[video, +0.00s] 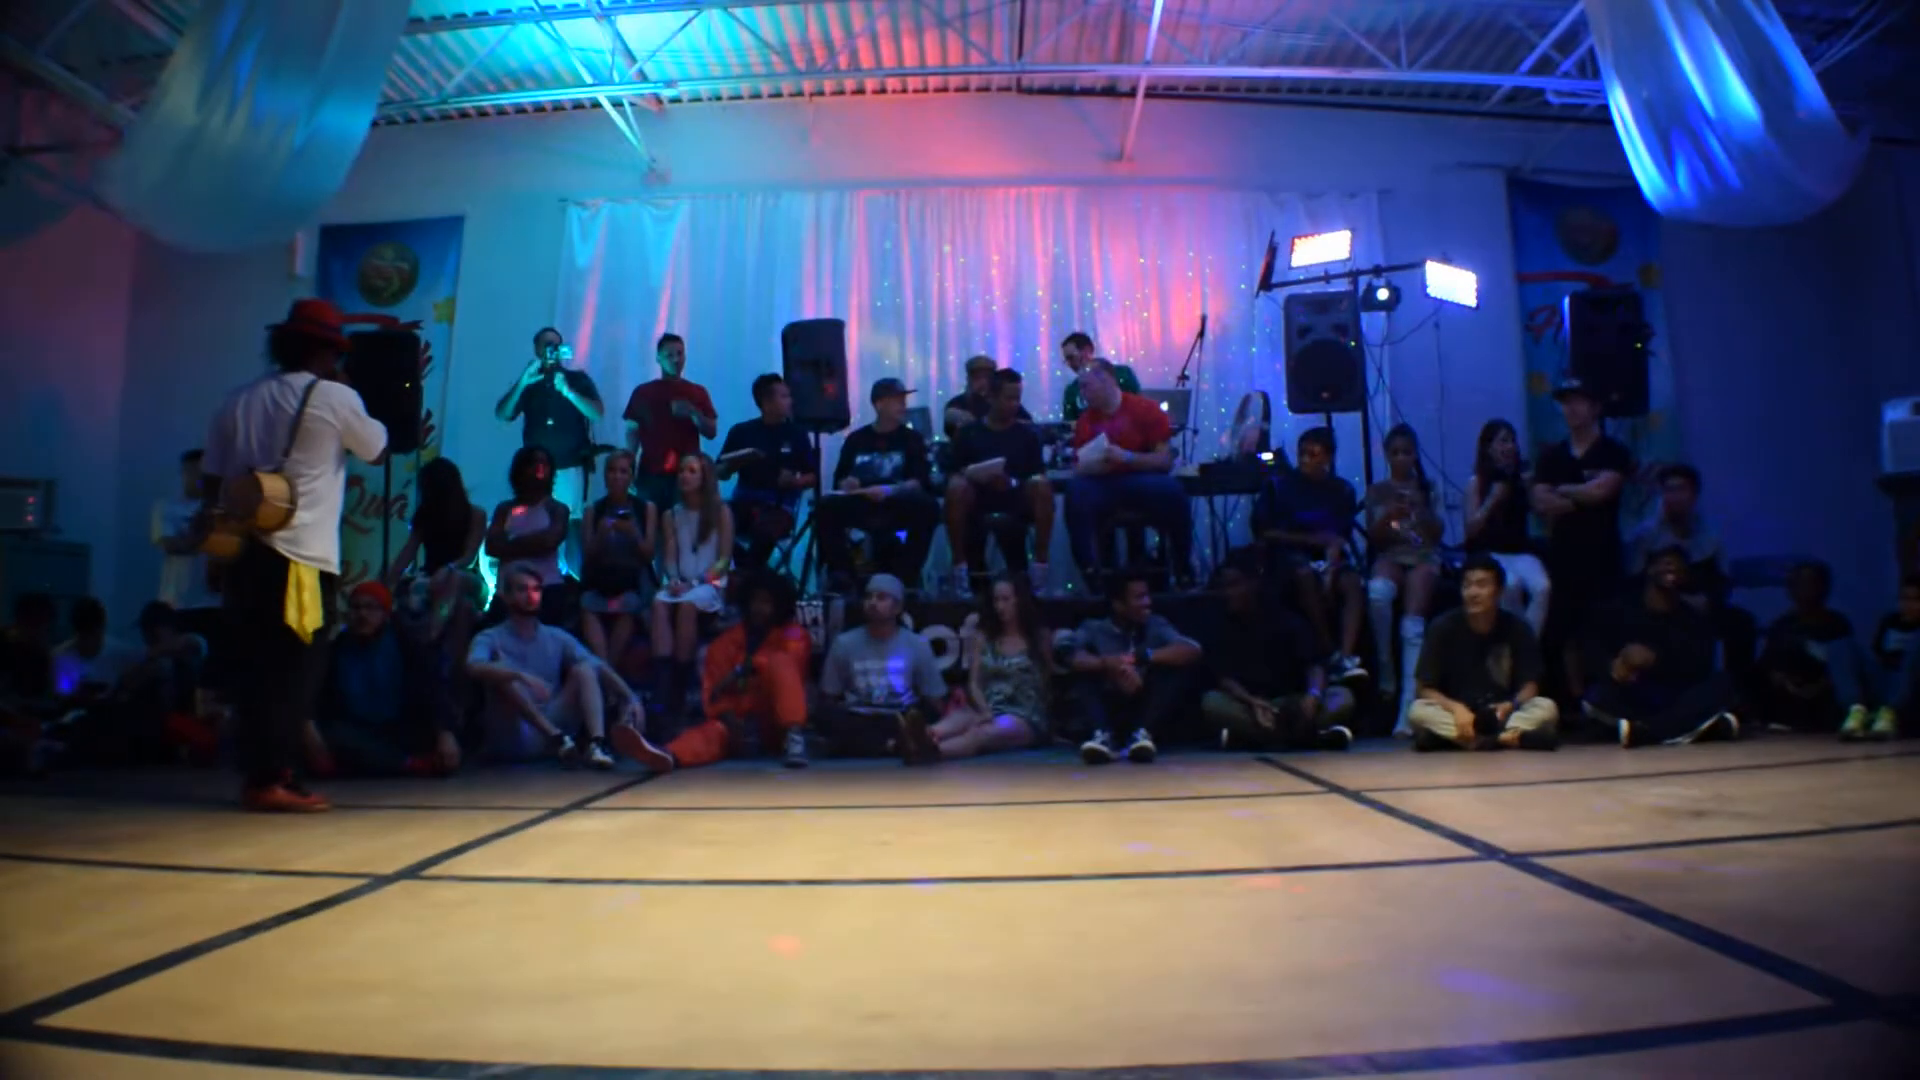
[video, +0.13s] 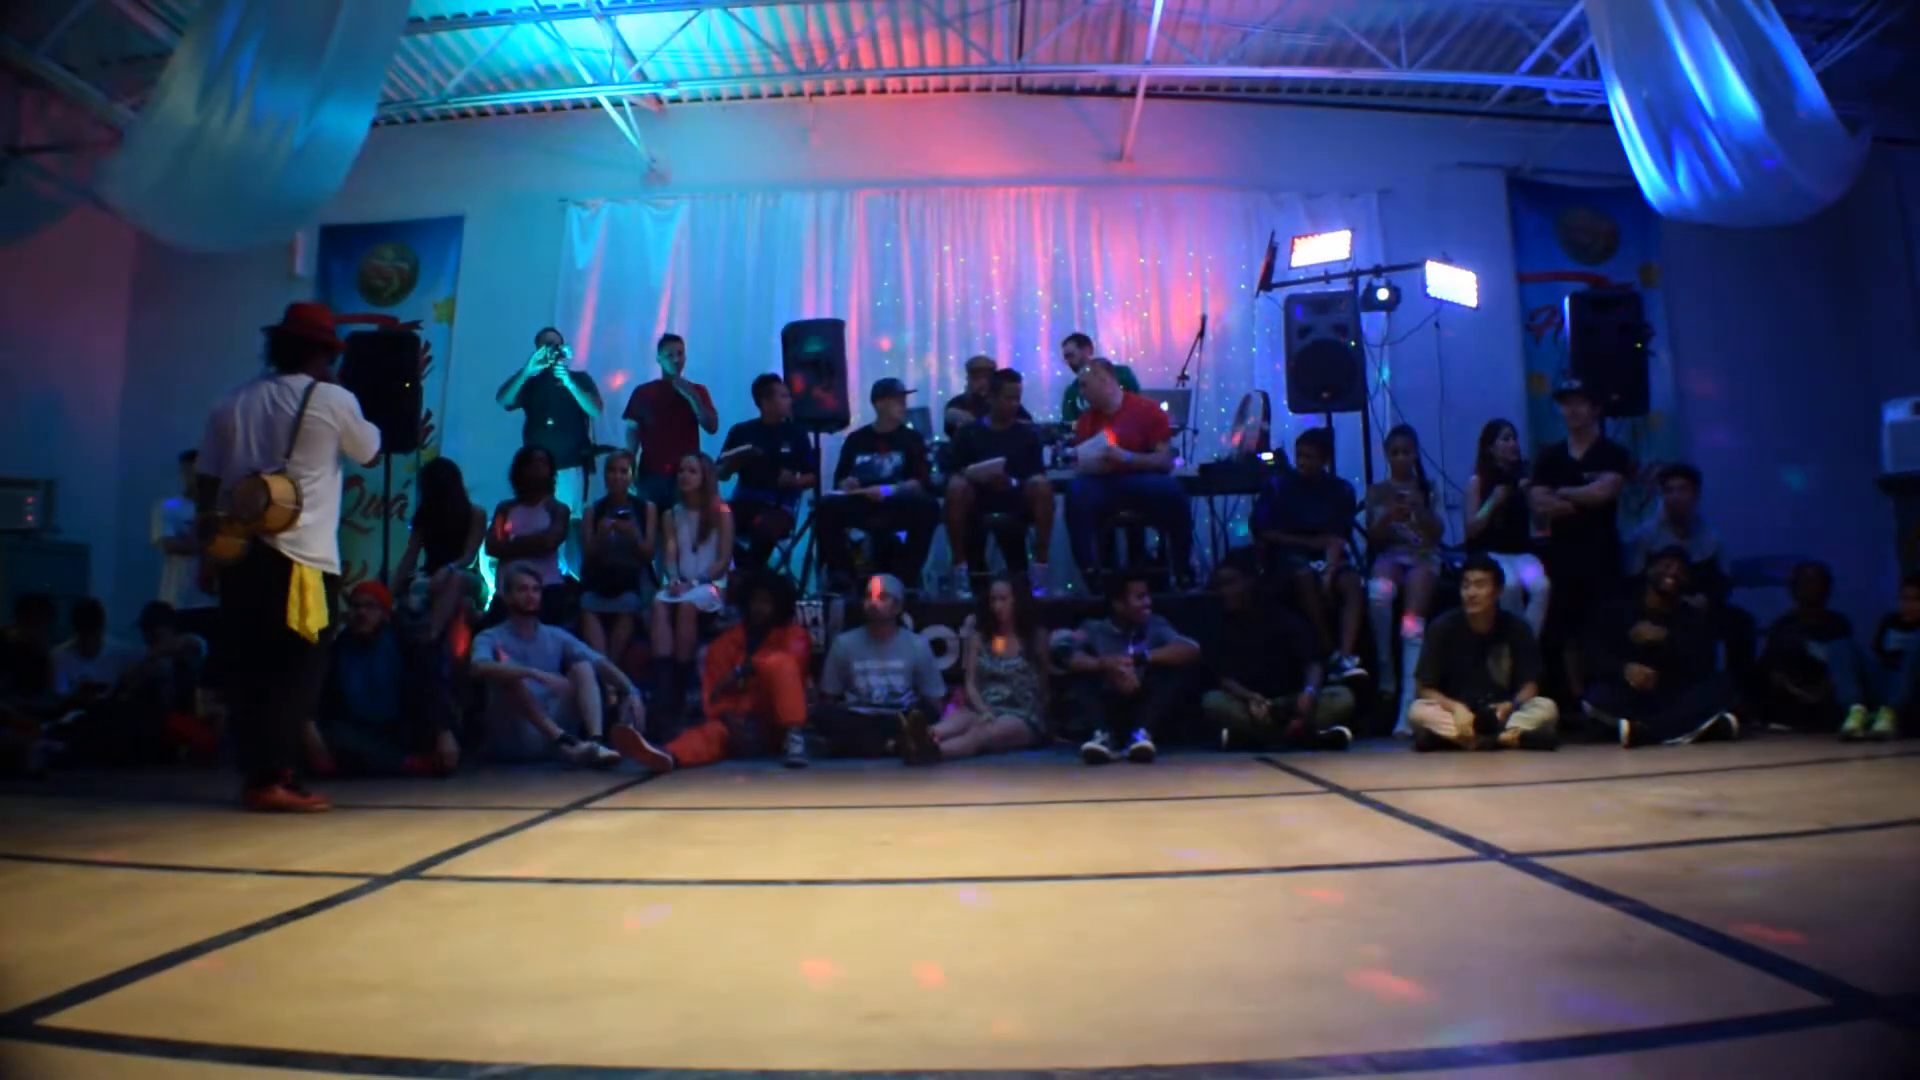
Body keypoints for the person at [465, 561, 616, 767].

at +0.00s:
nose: (531, 596)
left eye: (536, 589)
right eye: (522, 590)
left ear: (541, 594)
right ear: (506, 597)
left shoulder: (556, 637)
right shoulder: (489, 639)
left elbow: (596, 665)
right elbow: (475, 667)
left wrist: (631, 700)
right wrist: (523, 678)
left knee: (584, 670)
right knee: (509, 683)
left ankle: (596, 742)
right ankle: (557, 738)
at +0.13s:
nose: (531, 595)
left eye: (536, 589)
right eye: (523, 589)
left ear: (541, 594)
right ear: (507, 596)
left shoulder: (555, 635)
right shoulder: (489, 639)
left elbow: (597, 661)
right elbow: (479, 668)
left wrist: (631, 692)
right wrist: (537, 675)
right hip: (513, 735)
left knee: (582, 668)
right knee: (510, 677)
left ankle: (595, 741)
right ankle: (563, 741)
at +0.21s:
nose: (532, 595)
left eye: (536, 589)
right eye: (523, 589)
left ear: (542, 594)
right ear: (507, 596)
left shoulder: (555, 635)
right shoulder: (490, 639)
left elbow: (601, 660)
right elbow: (483, 668)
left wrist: (629, 689)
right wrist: (554, 676)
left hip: (557, 731)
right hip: (513, 736)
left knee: (582, 667)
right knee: (517, 683)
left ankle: (593, 740)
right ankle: (566, 746)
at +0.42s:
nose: (538, 599)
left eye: (543, 592)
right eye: (530, 593)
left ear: (549, 596)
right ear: (515, 598)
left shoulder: (559, 634)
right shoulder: (497, 638)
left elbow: (605, 660)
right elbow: (508, 670)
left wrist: (609, 689)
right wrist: (571, 679)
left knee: (585, 668)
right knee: (521, 682)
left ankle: (594, 742)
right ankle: (568, 746)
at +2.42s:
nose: (548, 601)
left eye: (550, 595)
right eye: (539, 594)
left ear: (553, 597)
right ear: (519, 598)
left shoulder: (557, 635)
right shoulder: (497, 639)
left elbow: (605, 660)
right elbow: (506, 674)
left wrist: (589, 684)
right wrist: (567, 684)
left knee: (594, 671)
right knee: (519, 683)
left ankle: (598, 742)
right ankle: (567, 747)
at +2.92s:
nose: (549, 599)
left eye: (551, 593)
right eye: (541, 592)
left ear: (554, 596)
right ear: (520, 599)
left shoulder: (558, 635)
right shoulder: (497, 639)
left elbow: (606, 661)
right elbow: (505, 674)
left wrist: (589, 683)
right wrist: (565, 684)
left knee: (592, 673)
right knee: (520, 682)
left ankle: (597, 742)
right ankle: (568, 745)